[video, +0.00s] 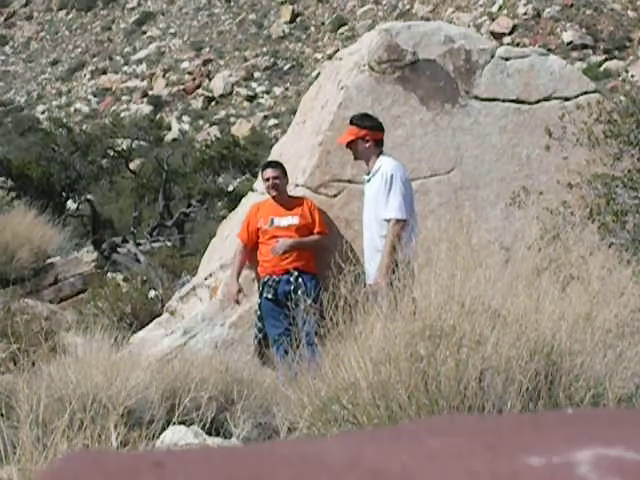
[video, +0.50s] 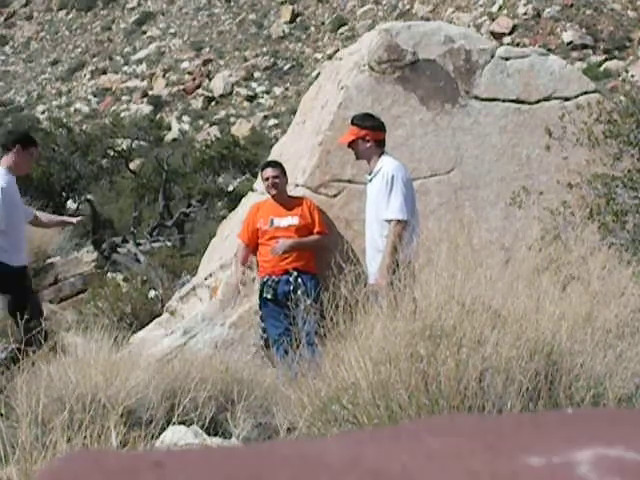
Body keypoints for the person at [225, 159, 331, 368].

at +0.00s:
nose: (272, 183)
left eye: (276, 178)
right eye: (267, 179)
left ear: (286, 179)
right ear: (263, 184)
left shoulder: (306, 205)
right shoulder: (257, 211)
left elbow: (323, 237)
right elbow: (243, 246)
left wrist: (293, 243)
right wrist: (234, 279)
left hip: (303, 276)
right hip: (271, 280)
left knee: (309, 334)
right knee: (279, 339)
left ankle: (315, 381)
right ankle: (290, 383)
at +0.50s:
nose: (272, 182)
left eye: (276, 177)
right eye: (267, 179)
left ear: (285, 179)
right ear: (263, 183)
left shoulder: (306, 206)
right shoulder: (257, 210)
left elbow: (324, 237)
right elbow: (246, 244)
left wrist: (294, 244)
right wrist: (239, 269)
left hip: (304, 277)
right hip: (272, 279)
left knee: (310, 333)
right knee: (279, 338)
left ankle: (314, 379)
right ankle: (288, 382)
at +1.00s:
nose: (272, 181)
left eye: (277, 176)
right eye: (267, 178)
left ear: (286, 179)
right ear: (263, 183)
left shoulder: (306, 205)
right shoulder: (258, 209)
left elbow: (325, 237)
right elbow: (247, 247)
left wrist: (293, 244)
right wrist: (244, 235)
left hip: (304, 276)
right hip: (272, 278)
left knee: (310, 332)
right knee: (276, 335)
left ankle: (317, 378)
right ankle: (288, 380)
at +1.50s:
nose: (272, 181)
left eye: (276, 176)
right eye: (267, 178)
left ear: (285, 178)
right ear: (263, 183)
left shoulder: (306, 205)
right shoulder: (258, 210)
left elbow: (324, 236)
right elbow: (246, 243)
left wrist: (294, 243)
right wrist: (245, 221)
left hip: (303, 276)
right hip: (272, 279)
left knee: (309, 332)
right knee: (279, 336)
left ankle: (315, 379)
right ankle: (288, 382)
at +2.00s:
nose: (271, 181)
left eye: (276, 176)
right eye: (266, 178)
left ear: (285, 178)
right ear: (262, 183)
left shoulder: (306, 206)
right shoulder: (259, 209)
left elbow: (324, 237)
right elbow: (247, 244)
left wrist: (293, 243)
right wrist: (248, 222)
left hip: (303, 277)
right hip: (273, 279)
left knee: (310, 333)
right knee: (280, 337)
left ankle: (314, 380)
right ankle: (288, 383)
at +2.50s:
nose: (273, 181)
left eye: (277, 176)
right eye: (268, 178)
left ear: (286, 178)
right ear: (264, 182)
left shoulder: (307, 205)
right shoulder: (259, 209)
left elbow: (324, 237)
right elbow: (245, 247)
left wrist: (293, 243)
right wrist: (253, 239)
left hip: (303, 277)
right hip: (271, 281)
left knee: (310, 334)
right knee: (279, 339)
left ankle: (315, 381)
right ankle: (290, 384)